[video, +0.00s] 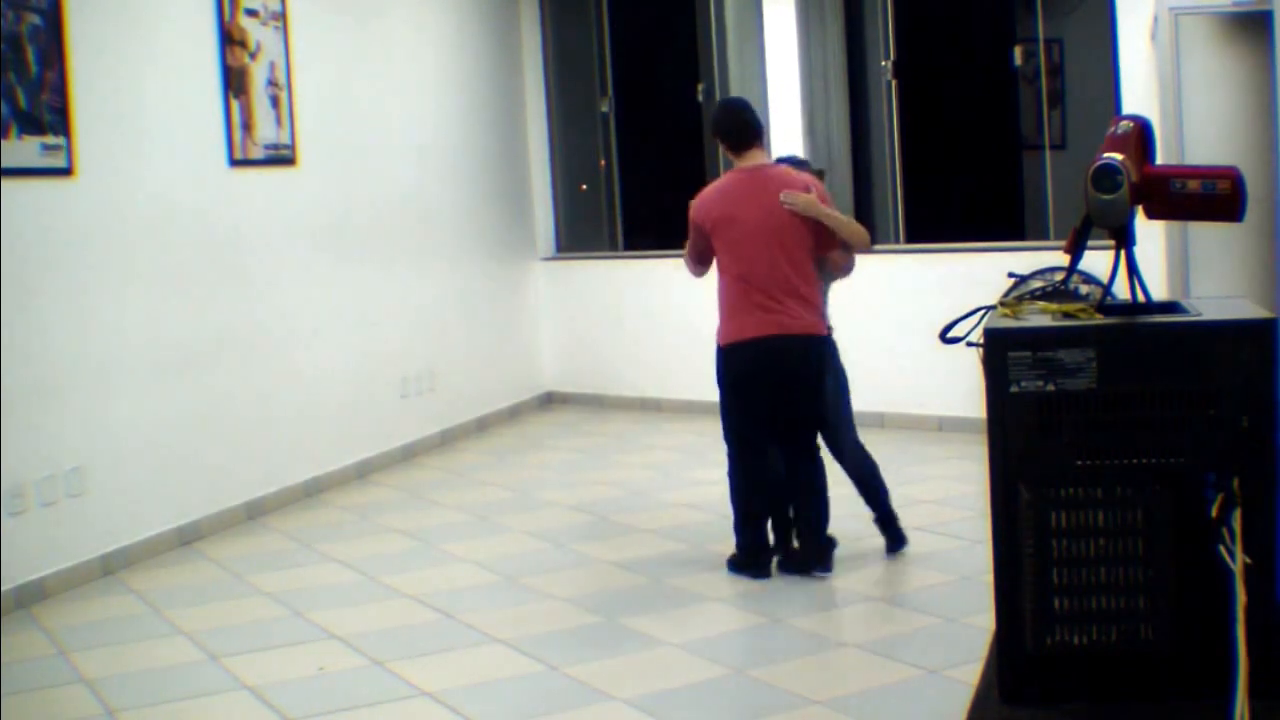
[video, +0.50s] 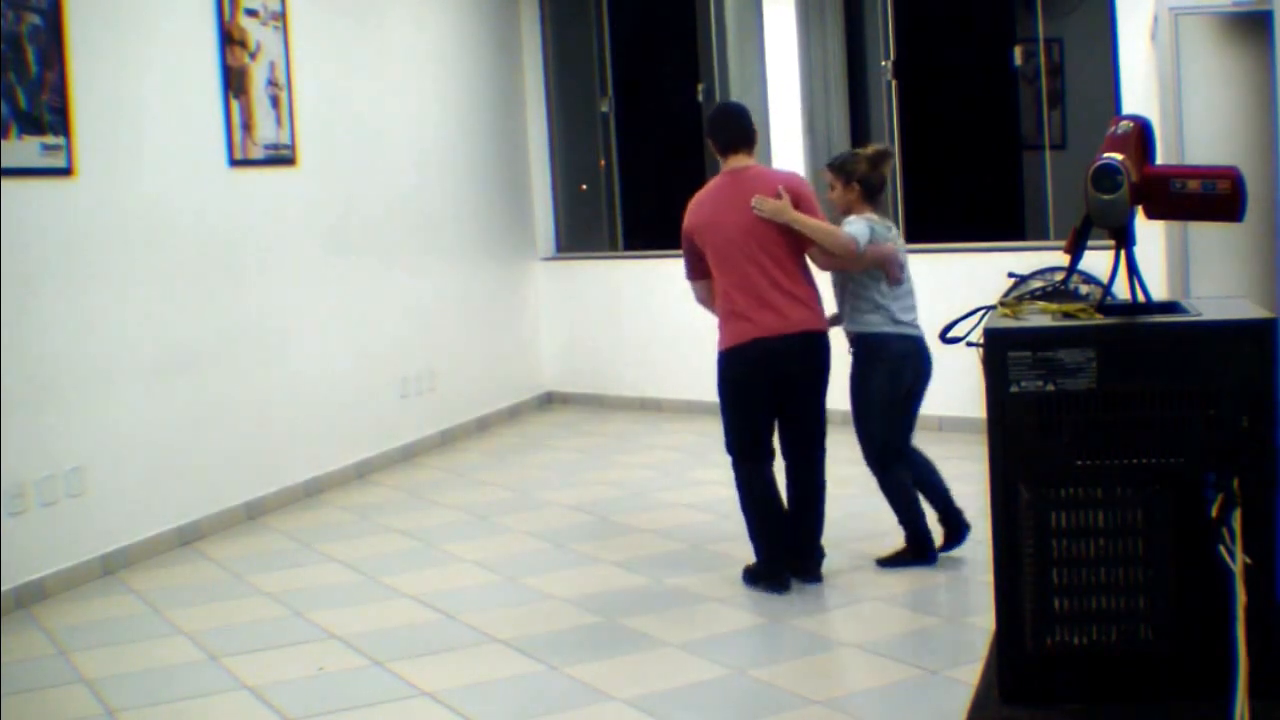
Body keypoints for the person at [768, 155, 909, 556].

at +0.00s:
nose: (796, 192)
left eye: (804, 183)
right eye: (787, 186)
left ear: (815, 187)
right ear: (773, 189)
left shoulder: (819, 224)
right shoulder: (761, 227)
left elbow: (862, 240)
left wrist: (818, 209)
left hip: (815, 343)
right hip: (772, 347)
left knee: (843, 443)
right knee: (777, 447)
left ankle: (888, 522)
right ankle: (784, 537)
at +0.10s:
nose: (802, 190)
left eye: (811, 184)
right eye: (797, 183)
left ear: (826, 189)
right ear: (789, 185)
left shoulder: (833, 226)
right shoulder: (779, 227)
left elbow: (861, 242)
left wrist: (809, 210)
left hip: (832, 344)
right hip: (794, 347)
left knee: (850, 450)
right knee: (796, 451)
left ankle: (903, 532)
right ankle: (797, 539)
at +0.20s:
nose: (803, 188)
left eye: (810, 181)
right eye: (801, 181)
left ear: (832, 187)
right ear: (817, 189)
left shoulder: (843, 224)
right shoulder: (802, 231)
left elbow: (858, 247)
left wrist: (802, 211)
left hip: (853, 350)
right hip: (816, 352)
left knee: (861, 455)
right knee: (806, 453)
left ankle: (913, 538)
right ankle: (804, 541)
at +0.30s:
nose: (814, 195)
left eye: (819, 187)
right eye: (812, 187)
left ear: (841, 189)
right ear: (829, 190)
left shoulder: (854, 228)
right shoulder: (824, 235)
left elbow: (849, 245)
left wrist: (795, 212)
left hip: (873, 352)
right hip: (846, 354)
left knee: (866, 453)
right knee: (827, 441)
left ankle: (916, 542)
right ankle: (850, 531)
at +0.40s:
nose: (821, 198)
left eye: (826, 190)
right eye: (820, 190)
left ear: (849, 190)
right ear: (851, 194)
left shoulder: (862, 229)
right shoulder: (867, 232)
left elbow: (843, 247)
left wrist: (790, 219)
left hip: (879, 352)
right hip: (882, 352)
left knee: (867, 448)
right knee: (864, 447)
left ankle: (916, 541)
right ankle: (910, 534)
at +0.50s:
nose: (828, 195)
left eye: (832, 187)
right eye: (828, 188)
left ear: (852, 188)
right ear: (864, 190)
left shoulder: (860, 224)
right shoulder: (885, 231)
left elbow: (847, 245)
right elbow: (877, 297)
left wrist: (791, 216)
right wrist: (831, 318)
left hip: (880, 352)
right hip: (910, 351)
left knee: (879, 451)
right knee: (897, 446)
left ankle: (919, 542)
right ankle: (952, 519)